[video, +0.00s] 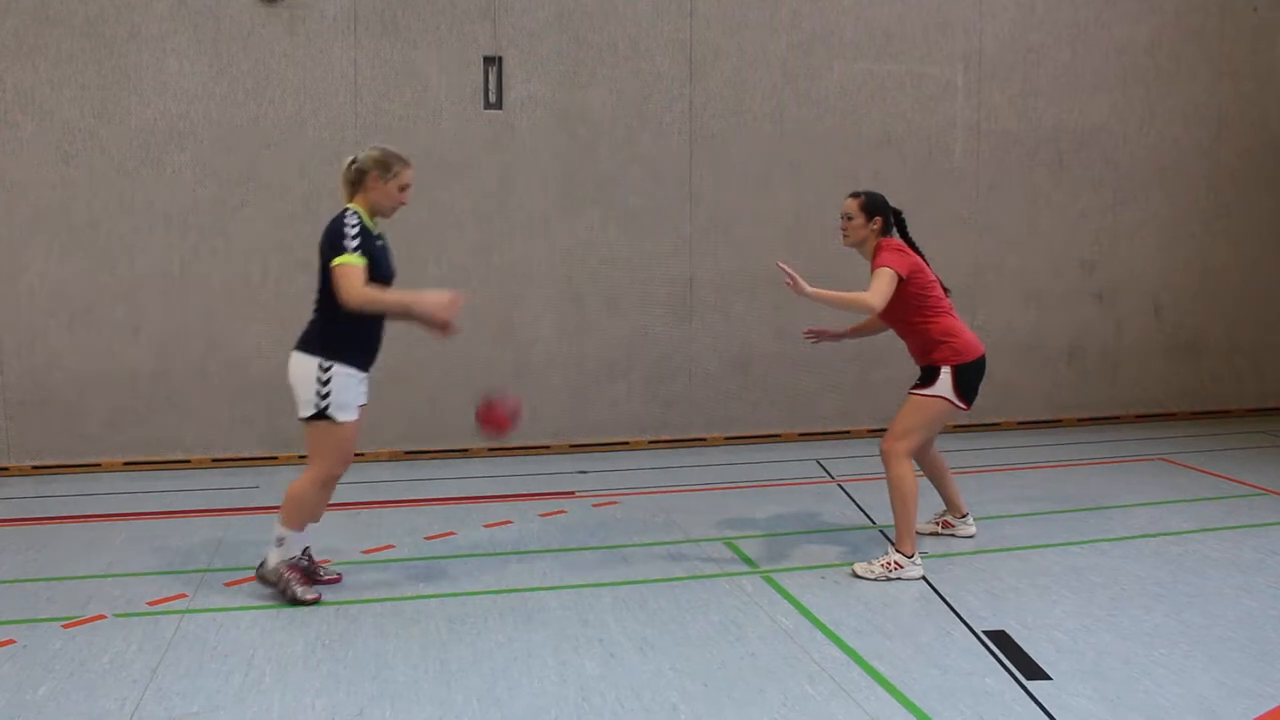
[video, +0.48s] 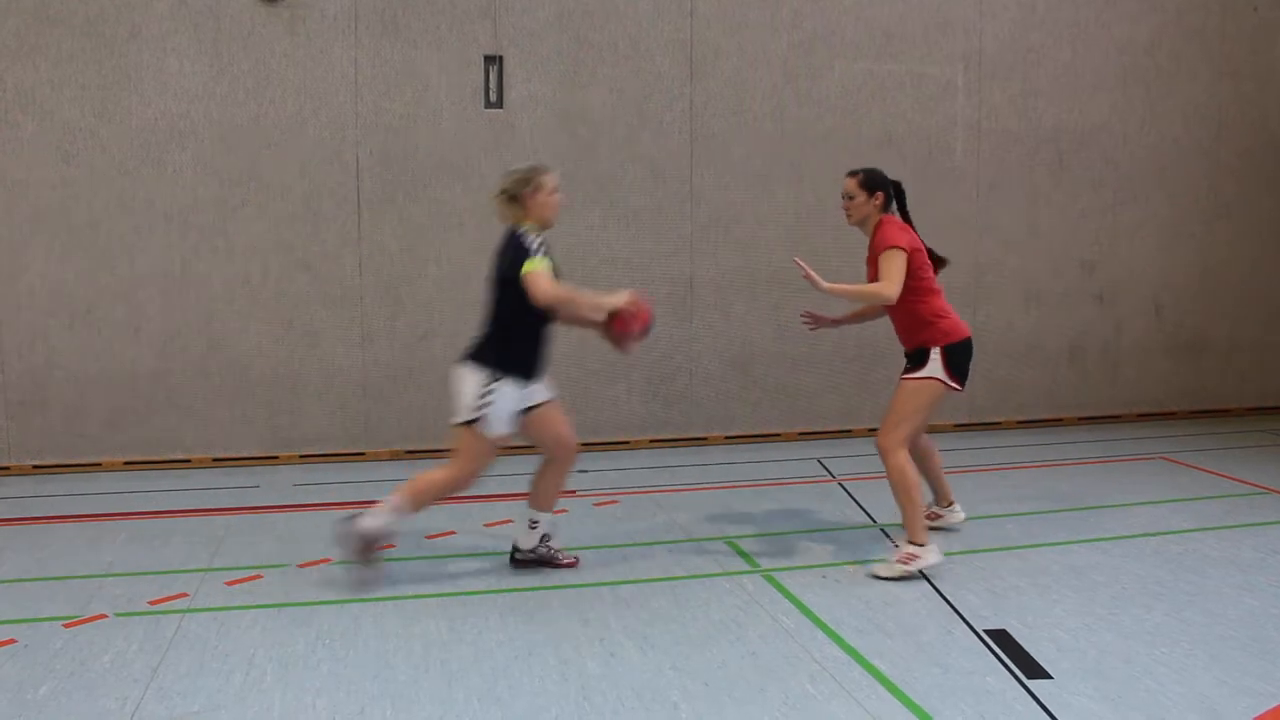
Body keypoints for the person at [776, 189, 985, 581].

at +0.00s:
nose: (841, 226)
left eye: (848, 219)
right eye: (841, 219)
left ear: (875, 223)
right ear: (872, 225)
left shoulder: (890, 253)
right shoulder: (889, 255)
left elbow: (874, 302)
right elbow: (889, 318)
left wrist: (811, 292)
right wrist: (843, 333)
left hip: (951, 363)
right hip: (949, 360)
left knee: (895, 449)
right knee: (918, 443)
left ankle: (905, 556)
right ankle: (959, 516)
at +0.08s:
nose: (841, 226)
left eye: (848, 218)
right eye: (841, 219)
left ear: (874, 223)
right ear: (871, 225)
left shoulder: (889, 253)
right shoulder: (889, 255)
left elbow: (874, 303)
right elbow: (888, 320)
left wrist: (811, 294)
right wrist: (842, 335)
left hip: (951, 363)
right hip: (948, 361)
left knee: (894, 448)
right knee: (917, 443)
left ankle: (905, 555)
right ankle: (959, 516)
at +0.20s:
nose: (842, 227)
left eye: (849, 220)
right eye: (842, 220)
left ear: (876, 225)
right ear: (872, 226)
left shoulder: (890, 256)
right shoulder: (889, 257)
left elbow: (874, 309)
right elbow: (890, 324)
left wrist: (811, 299)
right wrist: (841, 344)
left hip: (947, 368)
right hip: (948, 364)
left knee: (885, 451)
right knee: (913, 448)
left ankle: (905, 555)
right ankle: (958, 516)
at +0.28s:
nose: (844, 224)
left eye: (851, 217)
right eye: (843, 217)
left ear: (877, 221)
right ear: (875, 223)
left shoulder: (890, 253)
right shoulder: (891, 253)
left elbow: (876, 307)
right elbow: (888, 322)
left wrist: (815, 297)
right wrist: (841, 338)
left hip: (941, 368)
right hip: (947, 364)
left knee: (880, 451)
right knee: (914, 449)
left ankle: (905, 555)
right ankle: (958, 516)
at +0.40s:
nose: (843, 208)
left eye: (850, 201)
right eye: (843, 201)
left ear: (876, 203)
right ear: (871, 205)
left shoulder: (890, 236)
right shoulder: (885, 238)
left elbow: (886, 291)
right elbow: (887, 305)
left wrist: (825, 286)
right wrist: (839, 319)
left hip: (938, 352)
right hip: (932, 351)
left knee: (891, 443)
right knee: (911, 435)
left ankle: (903, 551)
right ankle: (954, 507)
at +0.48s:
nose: (843, 205)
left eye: (850, 198)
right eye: (843, 198)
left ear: (876, 199)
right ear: (869, 201)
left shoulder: (892, 233)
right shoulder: (882, 238)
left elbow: (888, 292)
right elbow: (886, 304)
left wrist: (827, 287)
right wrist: (838, 320)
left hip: (939, 347)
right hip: (929, 347)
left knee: (891, 442)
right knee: (911, 434)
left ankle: (917, 546)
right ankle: (946, 505)